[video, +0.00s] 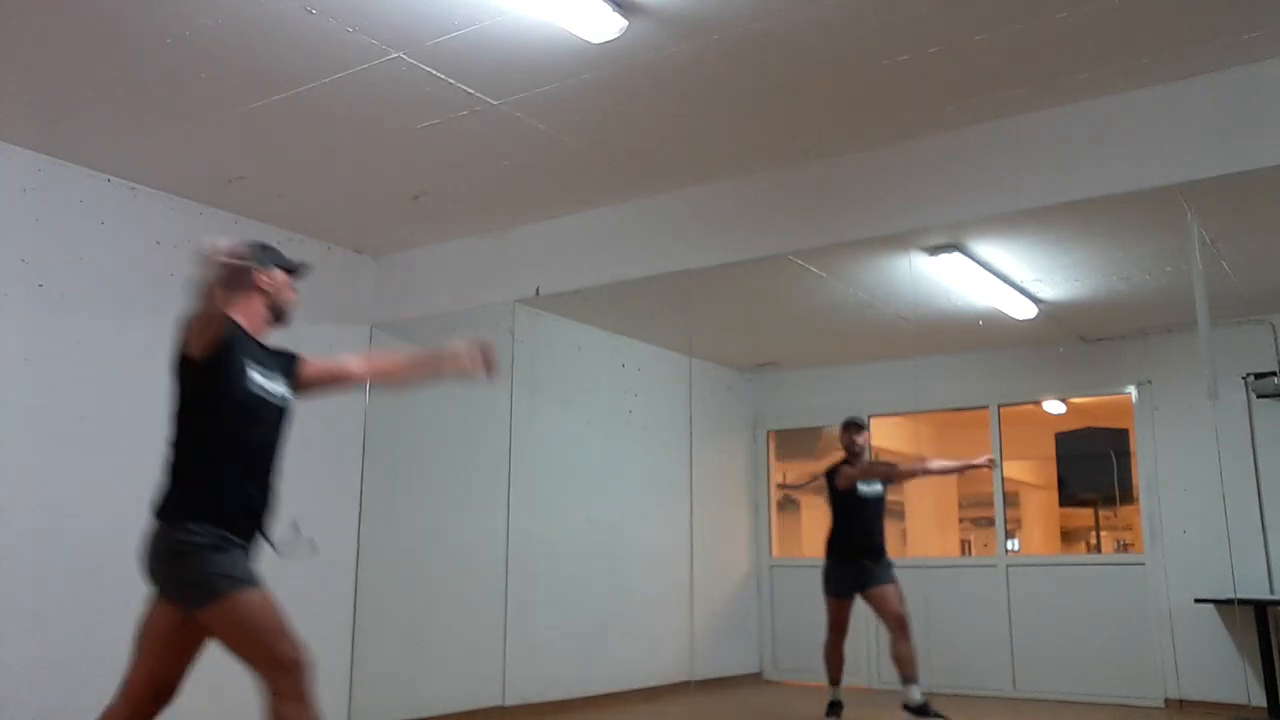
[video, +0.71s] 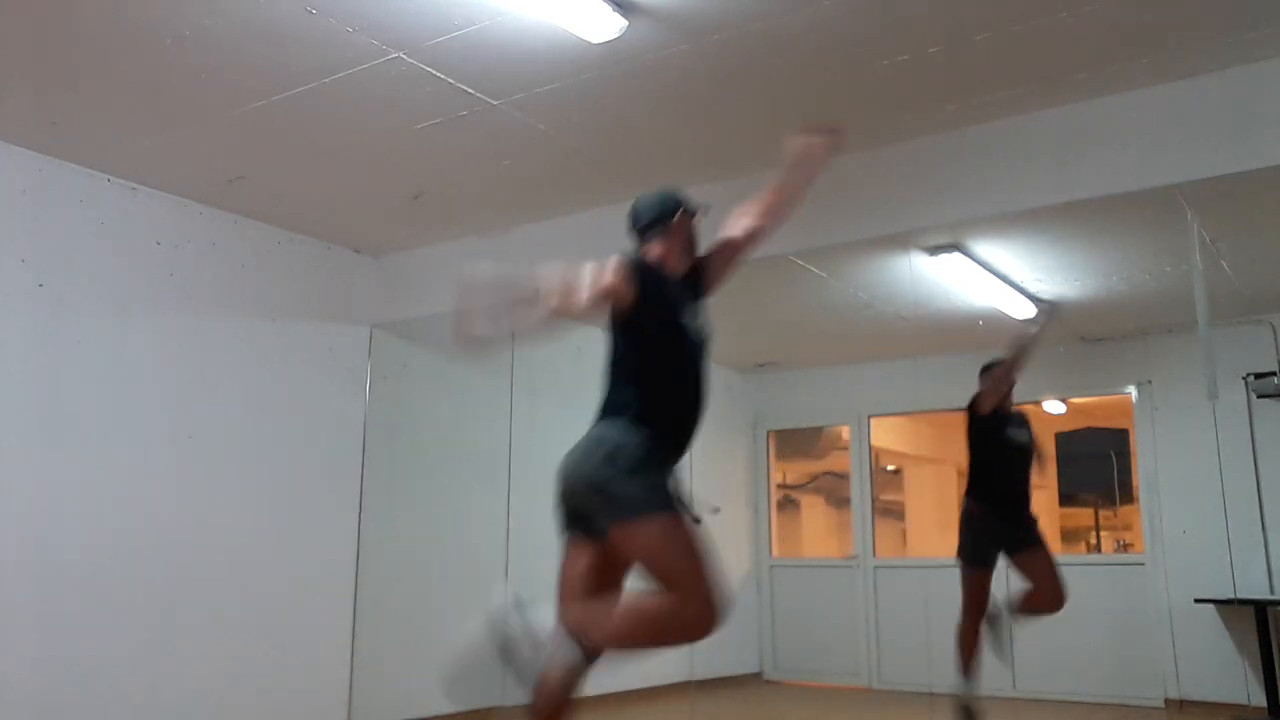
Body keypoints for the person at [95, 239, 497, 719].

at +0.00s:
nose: (296, 287)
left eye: (294, 278)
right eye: (288, 275)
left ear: (264, 283)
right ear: (258, 278)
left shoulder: (283, 365)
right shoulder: (212, 341)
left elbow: (365, 368)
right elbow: (208, 322)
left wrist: (451, 359)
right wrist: (218, 284)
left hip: (223, 548)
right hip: (193, 543)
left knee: (140, 700)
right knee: (288, 671)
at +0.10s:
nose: (340, 303)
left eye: (342, 293)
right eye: (331, 292)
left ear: (339, 297)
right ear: (302, 294)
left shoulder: (326, 378)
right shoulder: (266, 349)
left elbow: (385, 442)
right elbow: (313, 308)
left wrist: (455, 488)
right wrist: (363, 274)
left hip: (284, 556)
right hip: (260, 554)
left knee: (222, 702)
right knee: (355, 683)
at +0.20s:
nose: (422, 295)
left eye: (421, 287)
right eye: (413, 284)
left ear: (383, 294)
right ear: (383, 288)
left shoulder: (378, 368)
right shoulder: (351, 337)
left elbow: (390, 483)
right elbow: (436, 301)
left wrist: (398, 572)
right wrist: (517, 246)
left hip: (344, 555)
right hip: (321, 554)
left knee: (366, 697)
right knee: (399, 694)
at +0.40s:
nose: (562, 282)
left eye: (561, 272)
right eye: (556, 272)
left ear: (515, 275)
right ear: (532, 272)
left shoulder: (494, 325)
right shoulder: (522, 324)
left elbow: (440, 374)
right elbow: (633, 343)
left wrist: (396, 397)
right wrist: (738, 353)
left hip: (472, 530)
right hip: (436, 524)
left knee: (537, 668)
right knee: (387, 686)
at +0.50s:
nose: (609, 292)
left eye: (607, 282)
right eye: (603, 281)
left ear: (557, 286)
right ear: (583, 283)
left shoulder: (541, 328)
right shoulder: (569, 340)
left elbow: (527, 299)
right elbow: (636, 434)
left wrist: (524, 281)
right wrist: (689, 506)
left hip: (549, 548)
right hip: (520, 544)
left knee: (613, 689)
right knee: (464, 701)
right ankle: (329, 689)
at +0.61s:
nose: (653, 288)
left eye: (651, 276)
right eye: (645, 276)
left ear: (613, 280)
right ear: (621, 279)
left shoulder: (615, 334)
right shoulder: (598, 331)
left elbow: (642, 268)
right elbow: (585, 425)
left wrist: (658, 214)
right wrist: (560, 512)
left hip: (605, 536)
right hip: (578, 531)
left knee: (624, 695)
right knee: (572, 686)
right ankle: (473, 576)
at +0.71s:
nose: (695, 236)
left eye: (692, 227)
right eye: (686, 228)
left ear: (672, 233)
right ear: (662, 235)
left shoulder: (689, 280)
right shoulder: (633, 276)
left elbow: (754, 224)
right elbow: (581, 289)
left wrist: (803, 162)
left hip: (608, 473)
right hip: (620, 472)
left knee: (582, 635)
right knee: (696, 612)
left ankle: (543, 709)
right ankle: (555, 637)